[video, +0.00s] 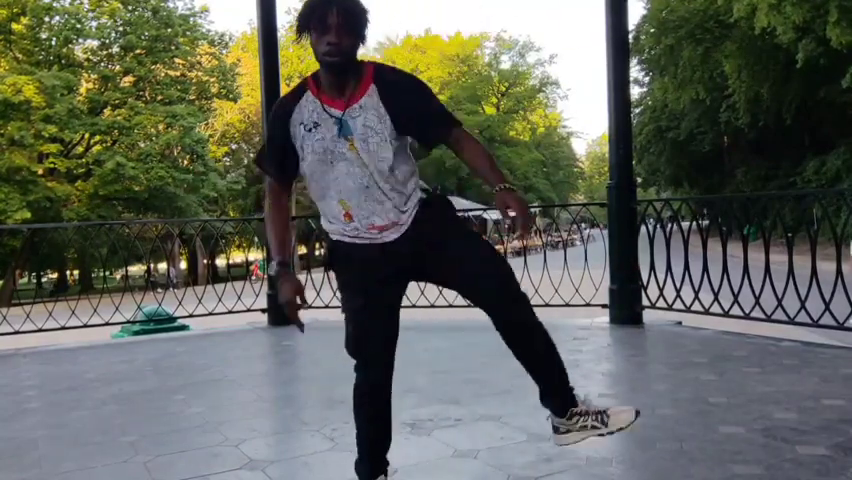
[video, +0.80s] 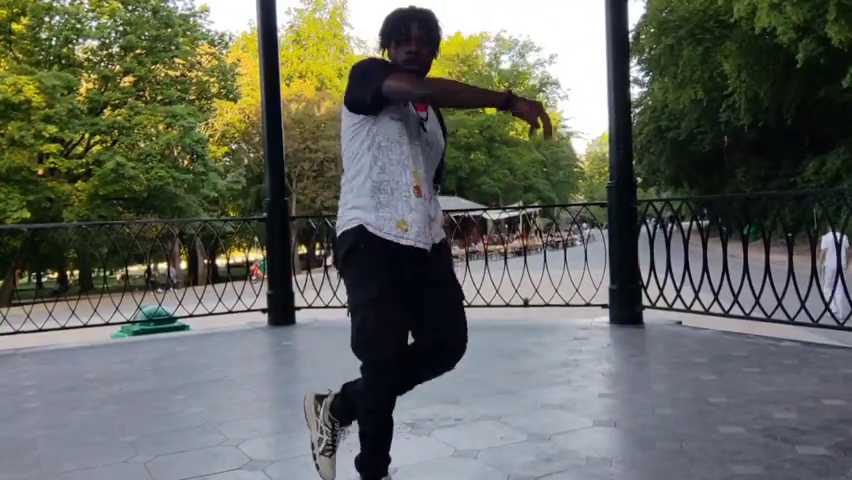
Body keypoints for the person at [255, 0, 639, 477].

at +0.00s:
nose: (334, 38)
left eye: (345, 27)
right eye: (323, 28)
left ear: (360, 35)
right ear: (307, 36)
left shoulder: (394, 86)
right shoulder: (287, 114)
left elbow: (455, 137)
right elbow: (278, 192)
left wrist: (500, 187)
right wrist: (284, 268)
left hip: (424, 227)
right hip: (358, 253)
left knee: (503, 291)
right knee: (373, 368)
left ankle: (565, 411)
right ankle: (371, 472)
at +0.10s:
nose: (347, 40)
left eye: (357, 29)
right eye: (336, 30)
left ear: (372, 35)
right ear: (319, 37)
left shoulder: (402, 92)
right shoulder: (296, 102)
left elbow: (461, 155)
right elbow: (291, 191)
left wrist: (532, 211)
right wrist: (353, 236)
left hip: (411, 212)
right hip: (355, 239)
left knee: (490, 238)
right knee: (373, 359)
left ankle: (555, 369)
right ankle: (374, 472)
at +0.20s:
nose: (369, 46)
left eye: (380, 36)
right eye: (358, 36)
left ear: (395, 43)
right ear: (341, 42)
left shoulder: (412, 97)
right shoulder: (316, 92)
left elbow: (461, 158)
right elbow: (310, 179)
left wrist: (522, 206)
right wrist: (397, 186)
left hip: (399, 218)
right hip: (349, 237)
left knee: (464, 206)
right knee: (372, 353)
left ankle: (508, 344)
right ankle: (375, 470)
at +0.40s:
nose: (410, 48)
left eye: (421, 40)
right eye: (399, 38)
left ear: (434, 48)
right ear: (383, 40)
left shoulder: (431, 103)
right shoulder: (352, 59)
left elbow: (451, 167)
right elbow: (328, 83)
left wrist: (483, 213)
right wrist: (408, 113)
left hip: (399, 210)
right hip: (342, 225)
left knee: (433, 269)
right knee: (362, 350)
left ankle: (394, 349)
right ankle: (370, 468)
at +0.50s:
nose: (418, 46)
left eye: (428, 38)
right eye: (408, 36)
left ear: (440, 44)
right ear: (393, 39)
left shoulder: (438, 106)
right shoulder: (361, 74)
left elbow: (445, 172)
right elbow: (336, 39)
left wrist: (465, 223)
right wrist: (402, 76)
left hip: (405, 224)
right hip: (344, 227)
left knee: (426, 319)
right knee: (360, 353)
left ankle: (346, 348)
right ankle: (370, 469)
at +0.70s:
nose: (423, 53)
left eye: (430, 47)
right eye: (416, 43)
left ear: (437, 52)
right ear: (392, 43)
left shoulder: (437, 110)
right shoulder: (364, 77)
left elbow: (427, 183)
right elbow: (382, 63)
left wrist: (440, 225)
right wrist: (469, 76)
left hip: (418, 242)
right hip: (362, 234)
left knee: (428, 348)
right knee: (370, 358)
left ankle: (313, 412)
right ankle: (367, 473)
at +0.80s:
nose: (416, 53)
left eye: (426, 47)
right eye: (406, 43)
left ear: (436, 52)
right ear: (388, 46)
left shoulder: (433, 114)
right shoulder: (366, 74)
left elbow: (424, 188)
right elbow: (415, 88)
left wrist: (439, 232)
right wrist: (506, 101)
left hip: (426, 244)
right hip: (370, 236)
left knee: (445, 346)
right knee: (383, 361)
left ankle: (334, 409)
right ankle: (373, 472)